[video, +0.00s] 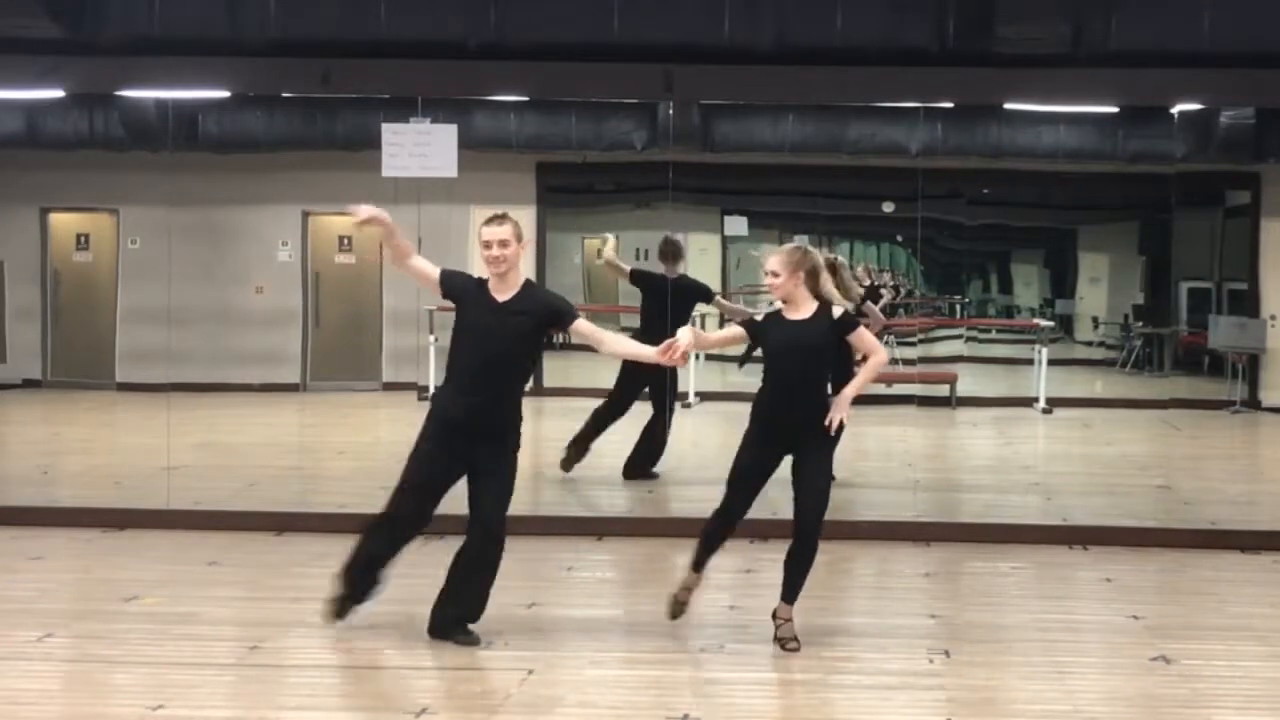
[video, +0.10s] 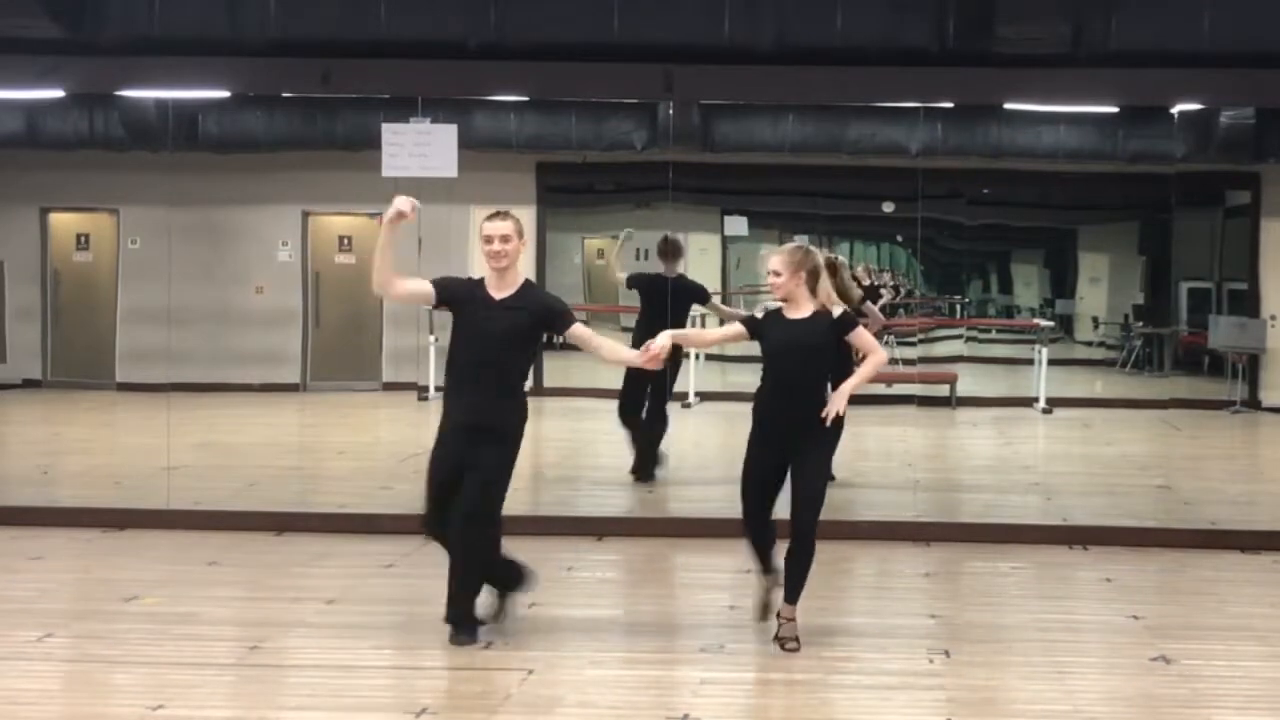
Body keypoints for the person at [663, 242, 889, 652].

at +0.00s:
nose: (767, 281)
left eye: (774, 275)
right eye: (767, 275)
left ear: (800, 277)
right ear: (777, 280)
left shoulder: (836, 317)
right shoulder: (766, 322)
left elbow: (878, 355)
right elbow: (712, 340)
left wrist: (845, 396)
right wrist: (689, 333)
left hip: (816, 433)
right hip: (768, 429)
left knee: (809, 529)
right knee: (731, 509)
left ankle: (785, 612)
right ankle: (692, 577)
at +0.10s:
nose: (770, 281)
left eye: (776, 274)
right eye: (769, 274)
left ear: (802, 276)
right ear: (789, 278)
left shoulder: (834, 320)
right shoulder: (767, 321)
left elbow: (878, 355)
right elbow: (712, 336)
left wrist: (844, 389)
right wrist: (670, 335)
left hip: (814, 434)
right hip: (769, 431)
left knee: (804, 524)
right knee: (754, 515)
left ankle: (790, 611)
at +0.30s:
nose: (782, 278)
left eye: (792, 272)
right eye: (778, 271)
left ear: (811, 277)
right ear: (772, 274)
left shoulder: (828, 321)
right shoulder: (758, 315)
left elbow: (876, 357)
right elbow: (701, 340)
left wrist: (838, 383)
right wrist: (648, 359)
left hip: (815, 435)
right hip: (777, 436)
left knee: (780, 517)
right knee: (820, 522)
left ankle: (786, 609)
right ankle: (846, 604)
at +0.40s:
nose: (785, 281)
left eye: (794, 275)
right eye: (780, 274)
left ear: (810, 279)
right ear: (772, 276)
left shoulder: (825, 325)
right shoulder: (753, 317)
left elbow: (872, 362)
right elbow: (699, 341)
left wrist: (836, 387)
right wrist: (652, 363)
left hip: (816, 432)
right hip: (775, 433)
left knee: (789, 513)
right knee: (805, 515)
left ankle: (777, 611)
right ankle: (841, 600)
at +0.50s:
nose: (784, 280)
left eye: (793, 274)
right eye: (778, 273)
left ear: (807, 280)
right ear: (768, 277)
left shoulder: (820, 324)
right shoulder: (747, 318)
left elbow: (873, 357)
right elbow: (696, 339)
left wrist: (831, 392)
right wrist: (648, 356)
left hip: (814, 440)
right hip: (769, 437)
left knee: (800, 529)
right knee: (769, 529)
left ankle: (779, 614)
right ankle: (801, 580)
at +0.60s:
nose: (777, 275)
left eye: (786, 269)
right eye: (771, 268)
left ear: (800, 276)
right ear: (761, 273)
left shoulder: (815, 321)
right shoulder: (742, 319)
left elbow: (866, 356)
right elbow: (692, 342)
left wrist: (829, 395)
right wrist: (641, 358)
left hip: (810, 438)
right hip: (763, 435)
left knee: (796, 529)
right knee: (760, 524)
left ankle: (773, 613)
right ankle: (752, 593)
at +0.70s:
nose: (770, 260)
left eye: (779, 255)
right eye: (764, 253)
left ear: (794, 264)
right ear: (754, 260)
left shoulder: (810, 309)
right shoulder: (742, 313)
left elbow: (859, 350)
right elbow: (691, 341)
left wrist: (831, 390)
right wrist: (640, 354)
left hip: (801, 429)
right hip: (757, 427)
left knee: (778, 520)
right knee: (755, 520)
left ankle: (762, 610)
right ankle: (746, 628)